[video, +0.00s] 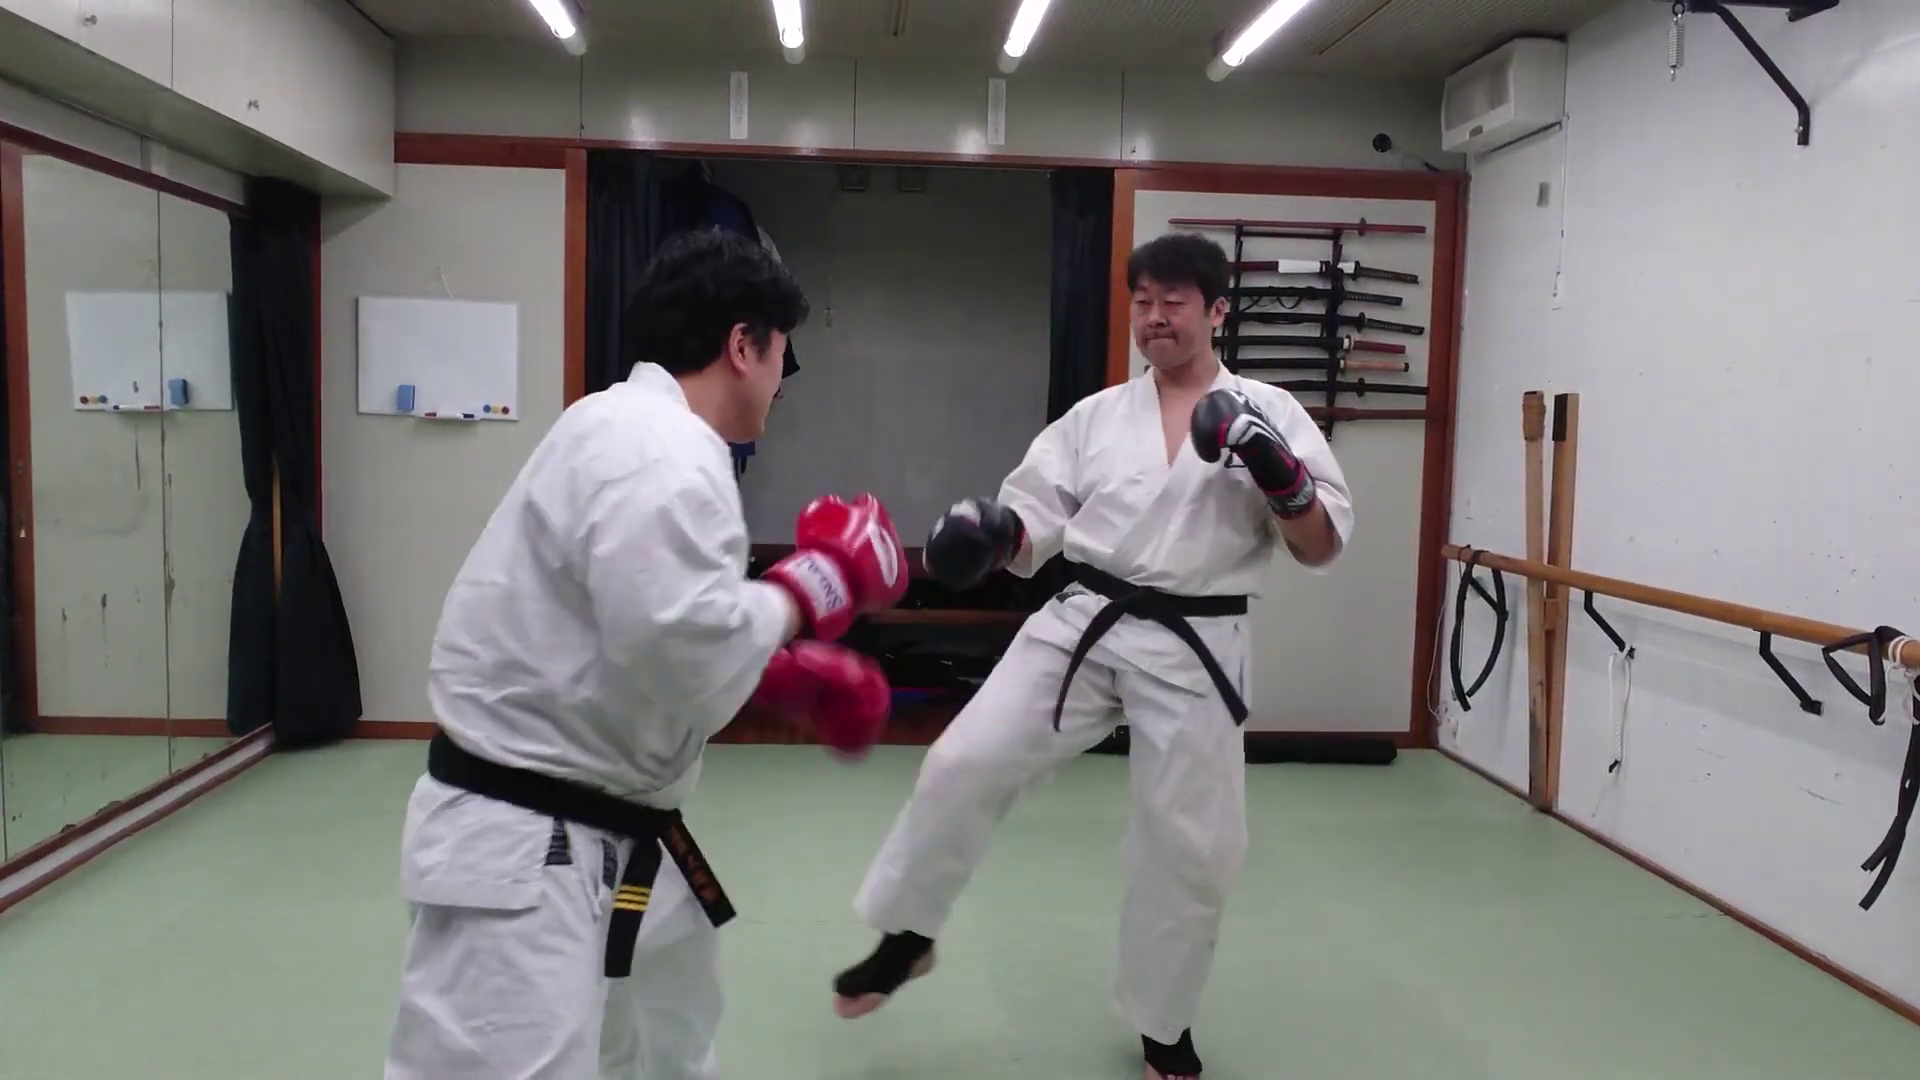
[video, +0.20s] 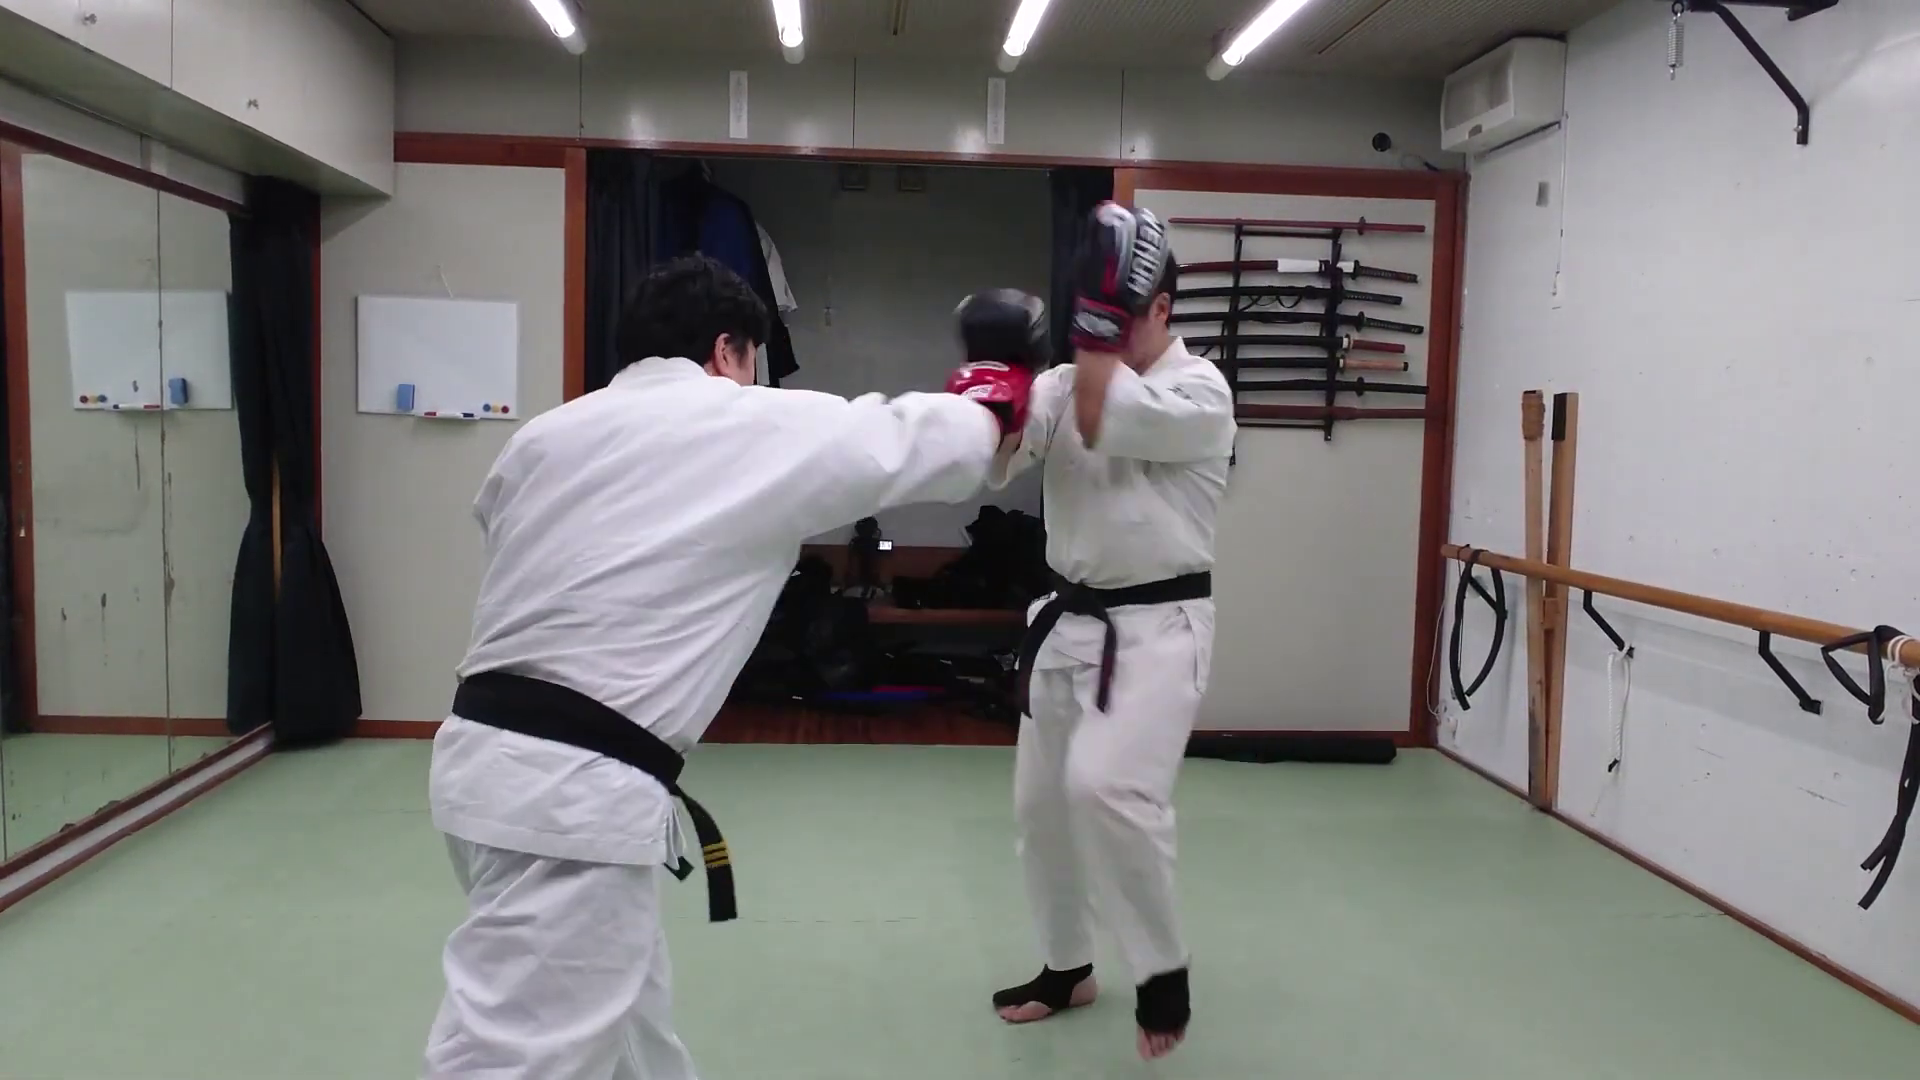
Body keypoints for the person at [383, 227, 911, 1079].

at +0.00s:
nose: (783, 383)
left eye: (787, 359)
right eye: (784, 357)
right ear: (741, 345)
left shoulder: (620, 428)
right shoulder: (659, 454)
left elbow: (641, 642)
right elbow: (684, 645)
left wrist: (780, 678)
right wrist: (818, 579)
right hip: (530, 844)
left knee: (674, 1002)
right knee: (504, 1061)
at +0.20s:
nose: (757, 381)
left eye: (756, 365)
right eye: (755, 362)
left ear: (633, 349)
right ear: (726, 354)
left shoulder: (543, 434)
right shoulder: (758, 426)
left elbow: (521, 589)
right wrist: (995, 404)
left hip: (469, 781)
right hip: (579, 802)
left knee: (636, 1044)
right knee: (499, 1061)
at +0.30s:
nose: (741, 365)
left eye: (740, 348)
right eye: (737, 345)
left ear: (618, 337)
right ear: (712, 339)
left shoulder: (520, 430)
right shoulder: (741, 415)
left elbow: (476, 577)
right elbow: (924, 441)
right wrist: (1003, 400)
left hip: (472, 766)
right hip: (590, 786)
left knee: (635, 1037)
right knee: (526, 1055)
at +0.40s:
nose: (726, 344)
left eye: (723, 327)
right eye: (722, 325)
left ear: (596, 316)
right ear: (691, 317)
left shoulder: (506, 414)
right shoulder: (730, 392)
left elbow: (481, 585)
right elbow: (920, 473)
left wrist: (628, 705)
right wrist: (953, 427)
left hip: (469, 757)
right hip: (587, 766)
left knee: (634, 1035)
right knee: (538, 1047)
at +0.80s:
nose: (630, 314)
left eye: (631, 289)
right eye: (629, 287)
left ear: (496, 278)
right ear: (592, 281)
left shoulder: (386, 398)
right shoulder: (577, 408)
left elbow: (307, 569)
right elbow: (647, 634)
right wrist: (705, 523)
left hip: (392, 769)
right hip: (484, 801)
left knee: (607, 1040)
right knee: (419, 1059)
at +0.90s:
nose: (620, 285)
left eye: (624, 259)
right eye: (621, 257)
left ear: (485, 241)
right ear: (578, 246)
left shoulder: (376, 362)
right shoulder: (564, 365)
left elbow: (330, 524)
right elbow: (643, 579)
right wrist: (685, 461)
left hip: (403, 737)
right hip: (494, 760)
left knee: (595, 1001)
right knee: (427, 1047)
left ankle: (620, 1068)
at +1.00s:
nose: (618, 275)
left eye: (621, 249)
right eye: (617, 246)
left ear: (488, 228)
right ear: (571, 235)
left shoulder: (389, 351)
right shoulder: (559, 338)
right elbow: (692, 518)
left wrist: (630, 383)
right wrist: (707, 408)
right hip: (498, 742)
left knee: (587, 993)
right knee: (419, 1045)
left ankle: (620, 1070)